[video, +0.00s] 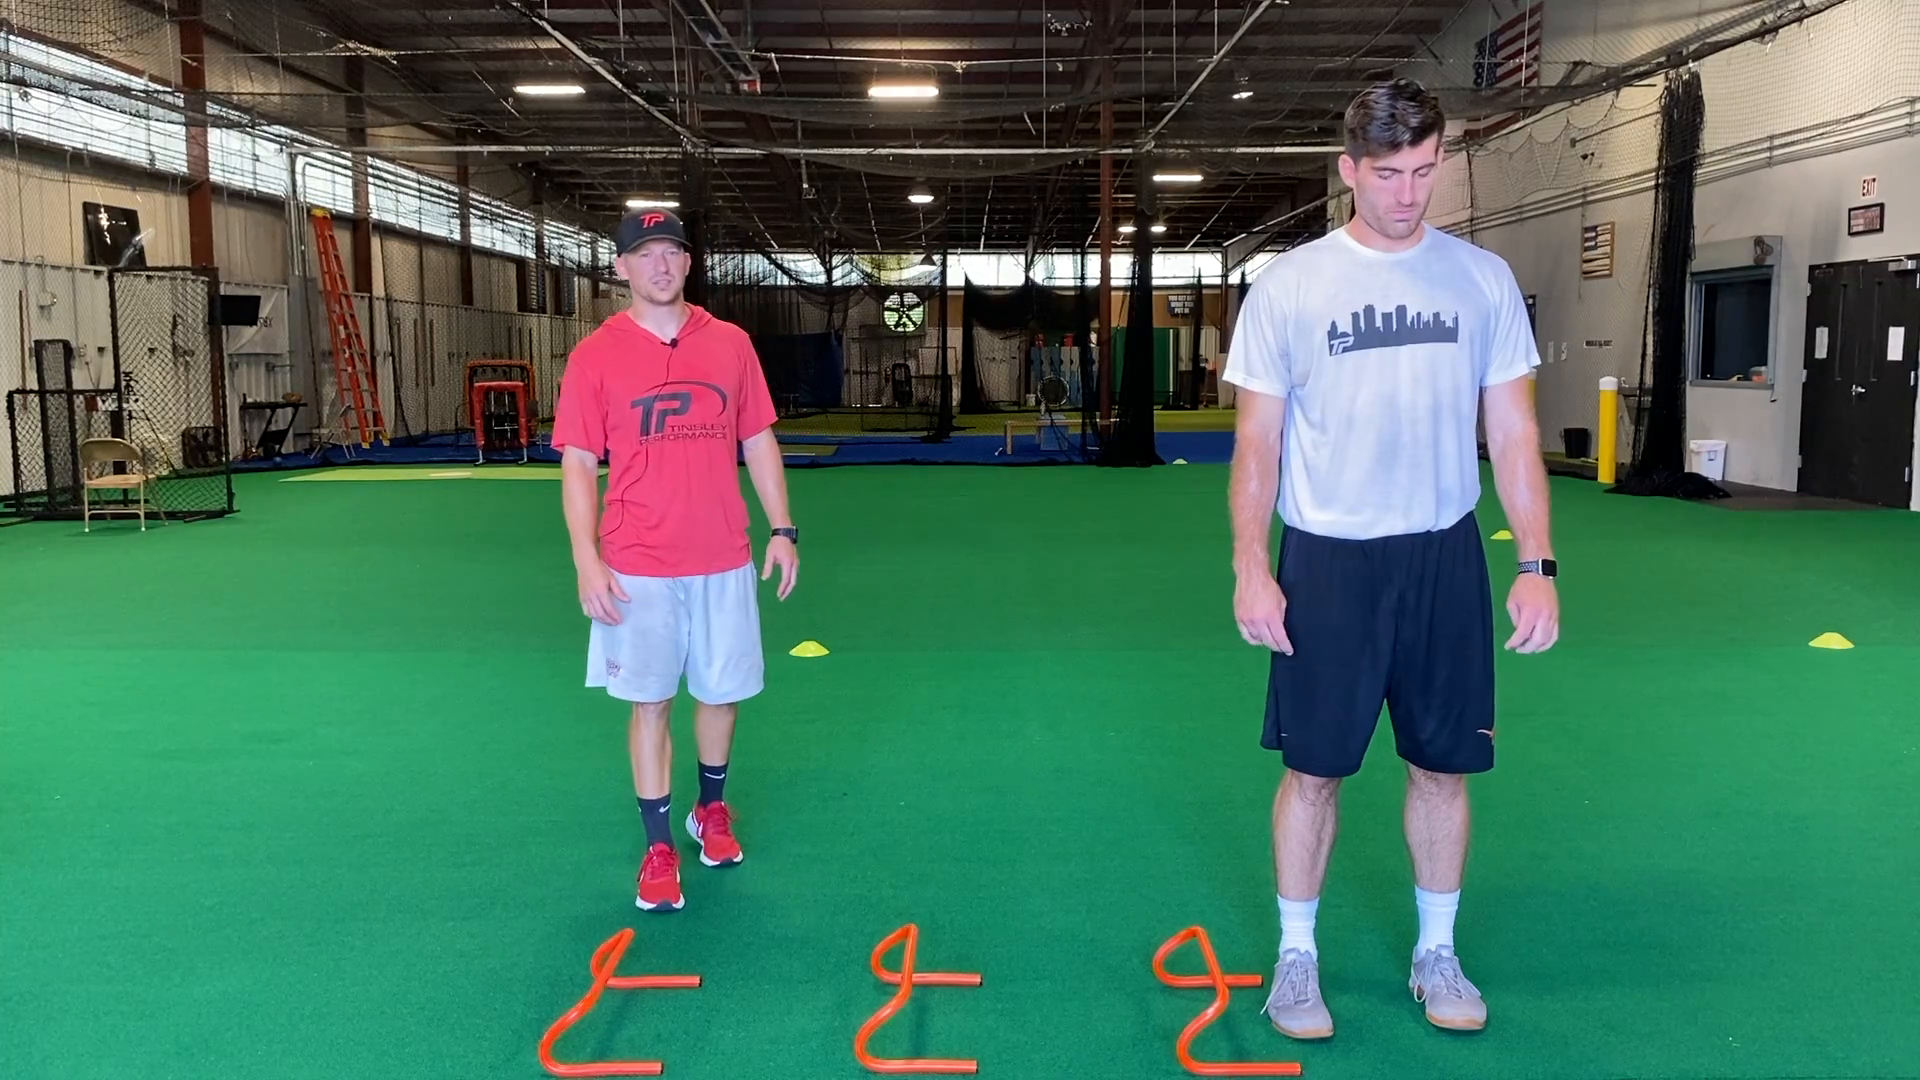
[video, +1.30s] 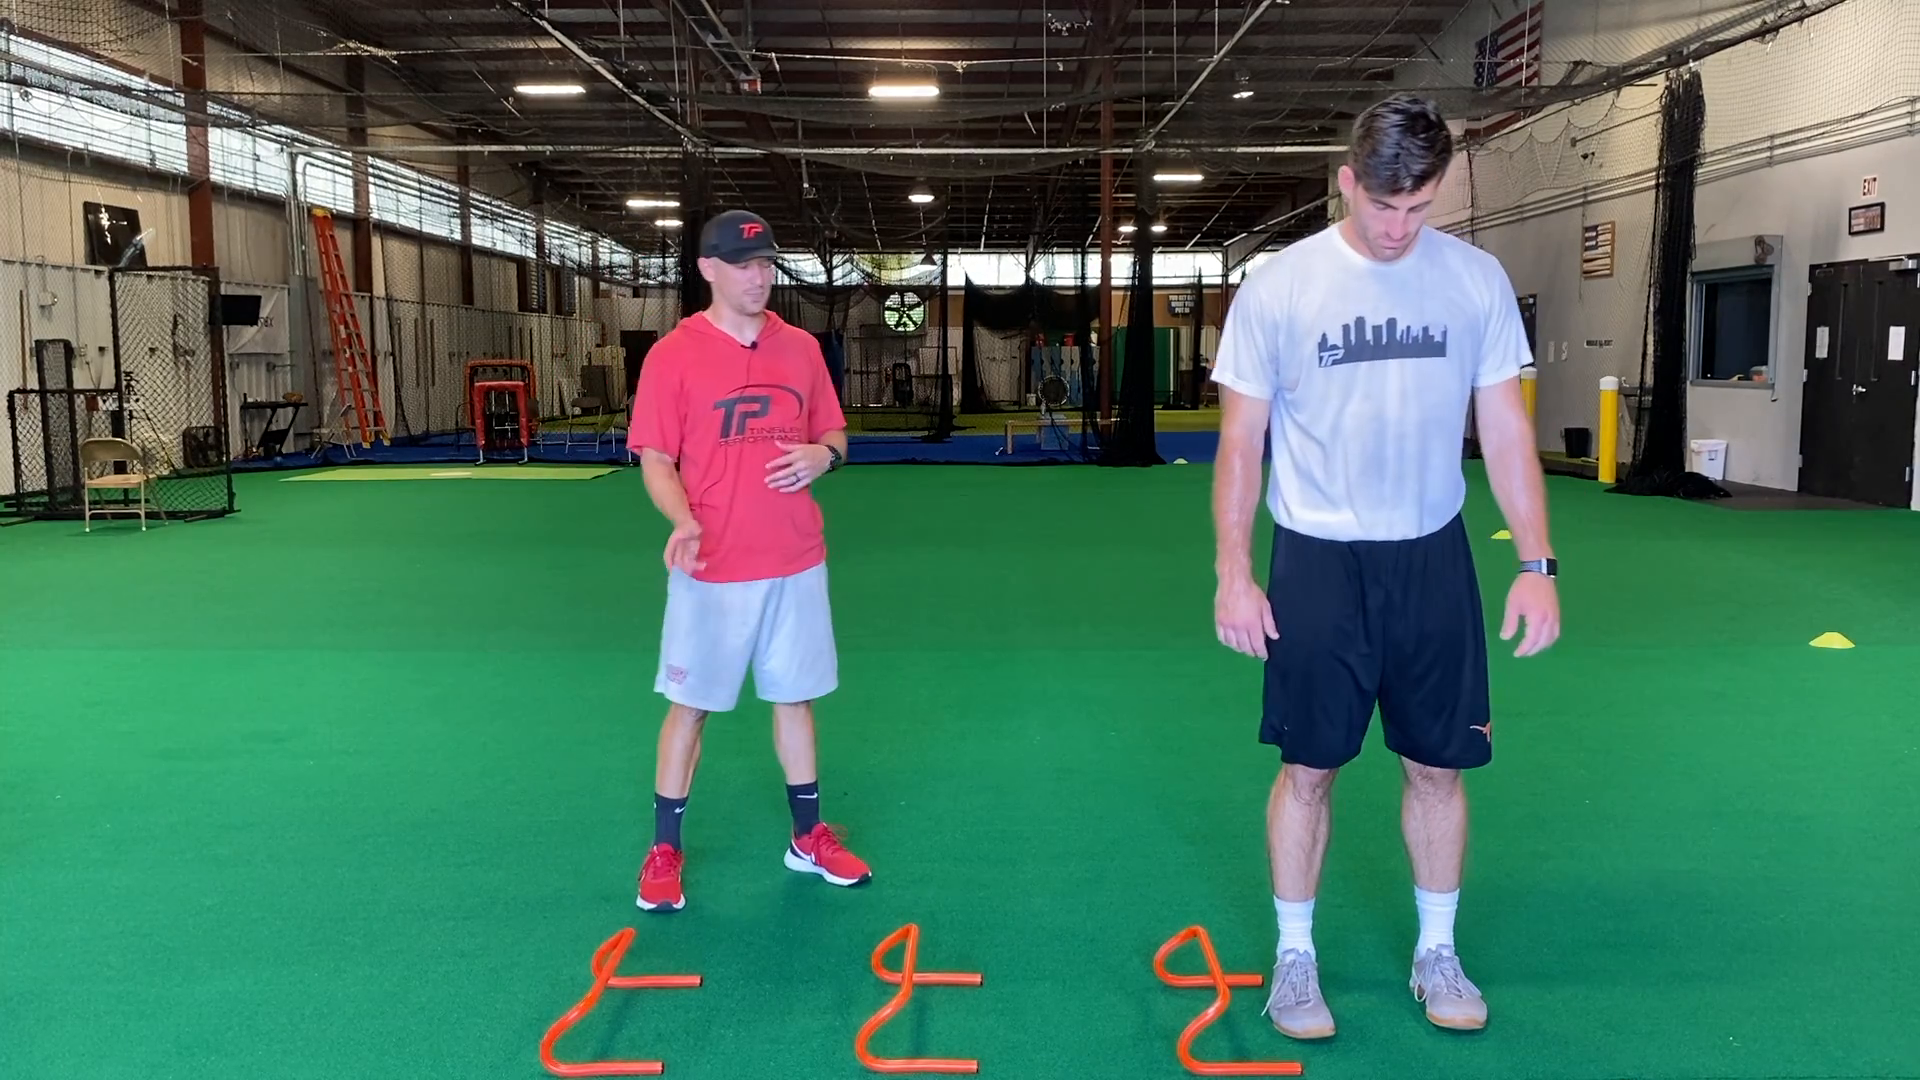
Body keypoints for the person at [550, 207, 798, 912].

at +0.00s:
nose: (663, 264)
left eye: (673, 252)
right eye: (648, 254)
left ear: (689, 263)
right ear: (622, 266)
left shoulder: (729, 344)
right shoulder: (595, 357)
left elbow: (758, 440)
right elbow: (578, 465)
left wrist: (782, 527)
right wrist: (586, 560)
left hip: (722, 559)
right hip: (636, 564)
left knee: (719, 691)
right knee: (650, 700)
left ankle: (712, 809)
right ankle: (659, 846)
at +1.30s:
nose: (760, 273)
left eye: (766, 261)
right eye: (743, 262)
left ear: (774, 268)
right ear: (708, 270)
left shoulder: (801, 349)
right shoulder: (672, 357)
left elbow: (834, 436)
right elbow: (655, 461)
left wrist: (823, 452)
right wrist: (682, 519)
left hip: (795, 560)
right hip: (711, 565)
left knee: (795, 695)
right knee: (690, 703)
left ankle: (808, 835)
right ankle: (665, 850)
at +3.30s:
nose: (720, 289)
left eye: (727, 276)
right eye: (706, 279)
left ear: (738, 279)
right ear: (681, 287)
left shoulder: (778, 346)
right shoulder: (660, 362)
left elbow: (816, 432)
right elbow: (645, 446)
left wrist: (759, 421)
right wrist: (651, 505)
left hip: (769, 539)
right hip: (694, 540)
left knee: (769, 654)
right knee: (705, 659)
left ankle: (761, 744)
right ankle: (709, 789)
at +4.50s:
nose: (700, 297)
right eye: (687, 281)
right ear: (669, 287)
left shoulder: (759, 356)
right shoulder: (643, 350)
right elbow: (618, 434)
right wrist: (658, 496)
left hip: (730, 526)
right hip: (659, 522)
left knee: (737, 646)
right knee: (649, 637)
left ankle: (750, 752)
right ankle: (637, 750)